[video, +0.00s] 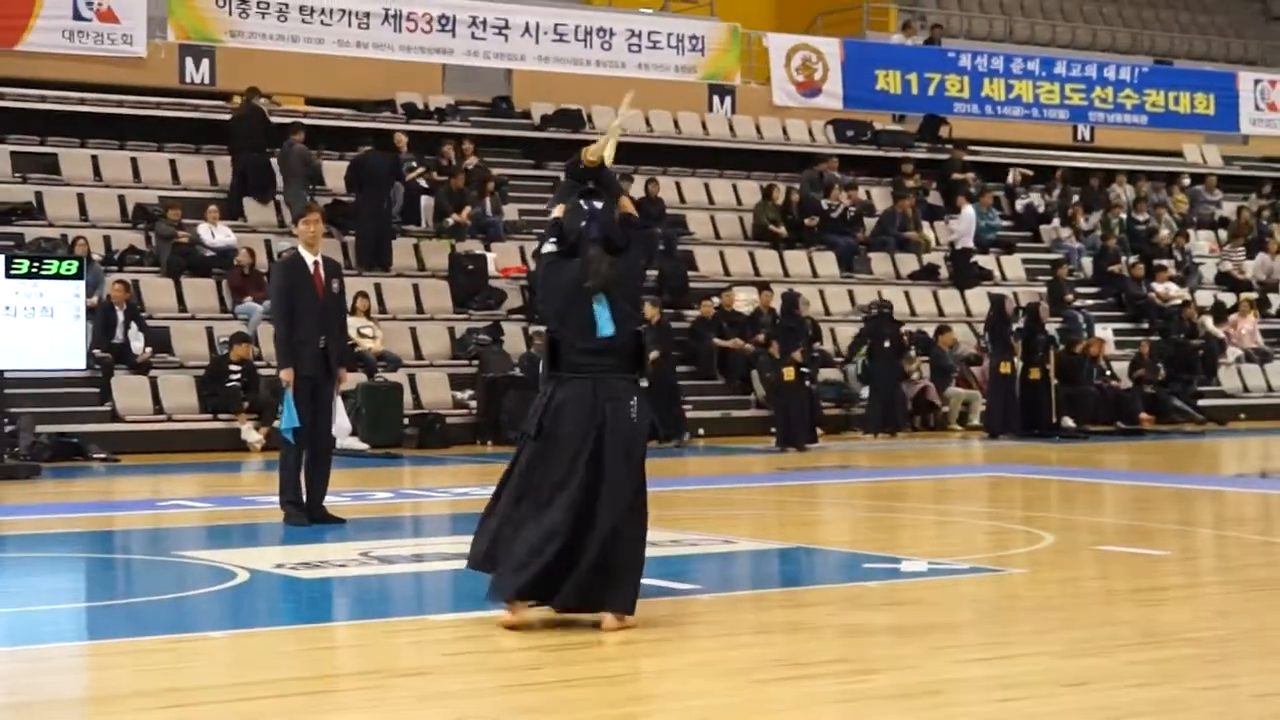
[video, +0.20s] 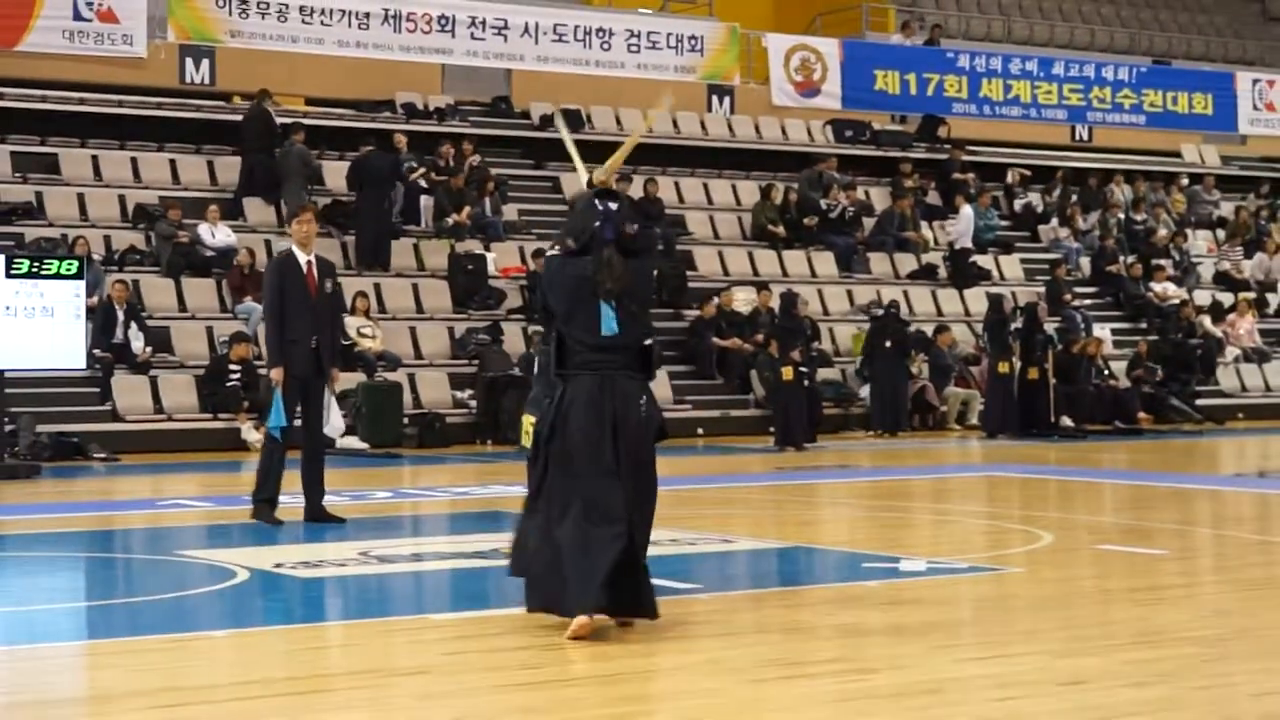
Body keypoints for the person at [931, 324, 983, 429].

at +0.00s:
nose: (952, 338)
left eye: (952, 335)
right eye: (949, 335)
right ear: (940, 337)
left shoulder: (948, 352)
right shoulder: (937, 353)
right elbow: (949, 368)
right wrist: (956, 368)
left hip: (952, 386)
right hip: (941, 388)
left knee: (976, 395)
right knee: (958, 394)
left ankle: (973, 420)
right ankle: (952, 422)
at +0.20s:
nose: (951, 337)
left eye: (951, 334)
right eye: (948, 334)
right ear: (939, 336)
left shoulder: (947, 351)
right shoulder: (935, 352)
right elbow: (946, 367)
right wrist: (955, 367)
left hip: (951, 386)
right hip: (939, 388)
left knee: (974, 395)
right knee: (957, 393)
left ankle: (971, 420)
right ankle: (950, 422)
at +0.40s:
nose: (953, 338)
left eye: (953, 335)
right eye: (950, 335)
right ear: (941, 337)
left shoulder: (950, 353)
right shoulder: (937, 353)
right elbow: (949, 367)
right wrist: (958, 368)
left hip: (953, 387)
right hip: (941, 389)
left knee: (976, 396)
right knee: (959, 394)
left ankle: (974, 421)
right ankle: (952, 423)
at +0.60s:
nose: (954, 338)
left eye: (954, 336)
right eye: (951, 336)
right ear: (942, 337)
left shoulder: (950, 352)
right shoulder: (938, 353)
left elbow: (961, 361)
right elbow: (950, 367)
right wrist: (959, 368)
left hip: (953, 388)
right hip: (941, 389)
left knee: (977, 396)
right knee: (960, 395)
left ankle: (974, 421)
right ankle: (953, 423)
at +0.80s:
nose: (954, 338)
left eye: (953, 335)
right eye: (951, 335)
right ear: (941, 337)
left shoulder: (951, 353)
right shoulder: (938, 353)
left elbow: (961, 363)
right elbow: (949, 366)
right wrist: (959, 368)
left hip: (954, 387)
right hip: (941, 389)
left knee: (977, 395)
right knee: (960, 394)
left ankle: (974, 421)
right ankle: (953, 423)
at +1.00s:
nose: (955, 338)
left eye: (954, 335)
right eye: (951, 335)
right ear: (942, 337)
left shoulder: (951, 353)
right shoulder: (938, 353)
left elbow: (962, 364)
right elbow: (951, 367)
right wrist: (960, 368)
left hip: (954, 387)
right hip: (941, 389)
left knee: (977, 395)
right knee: (960, 394)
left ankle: (975, 421)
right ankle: (953, 423)